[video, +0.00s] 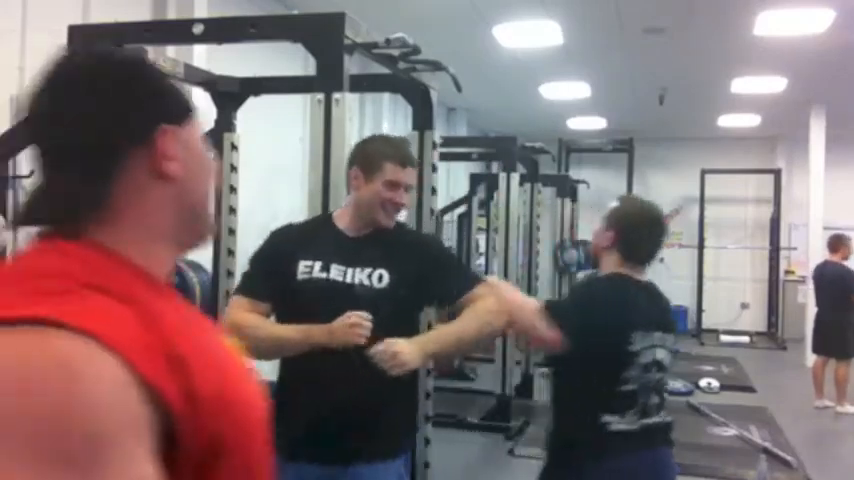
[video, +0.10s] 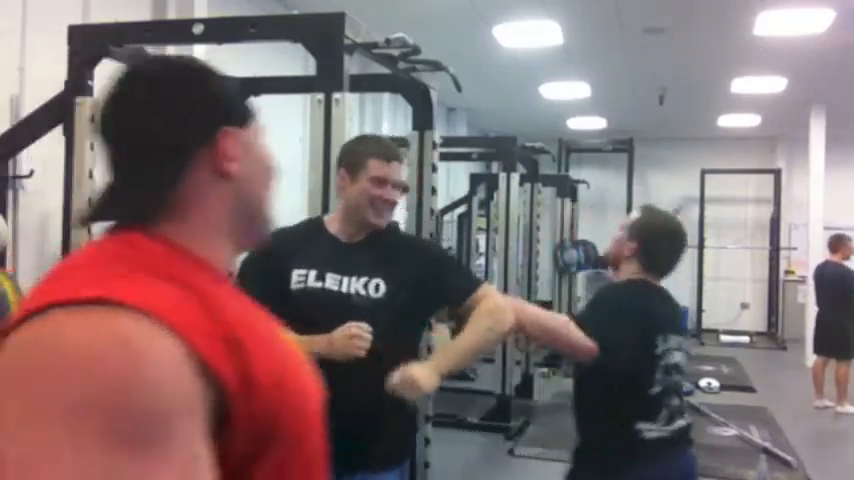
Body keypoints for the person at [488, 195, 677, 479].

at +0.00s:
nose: (594, 233)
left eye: (601, 227)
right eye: (600, 226)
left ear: (610, 238)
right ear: (649, 248)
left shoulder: (593, 295)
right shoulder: (659, 303)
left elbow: (549, 333)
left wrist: (504, 295)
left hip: (590, 455)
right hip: (654, 451)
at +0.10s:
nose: (615, 235)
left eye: (622, 231)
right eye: (621, 229)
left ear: (632, 248)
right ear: (667, 258)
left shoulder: (609, 300)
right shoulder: (669, 305)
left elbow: (574, 348)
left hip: (614, 455)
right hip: (673, 449)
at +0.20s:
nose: (619, 229)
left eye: (627, 226)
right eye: (626, 223)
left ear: (636, 244)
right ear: (666, 255)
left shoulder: (626, 294)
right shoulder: (670, 299)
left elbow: (603, 346)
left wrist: (527, 316)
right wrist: (553, 334)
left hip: (628, 452)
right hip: (680, 447)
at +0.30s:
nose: (610, 225)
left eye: (617, 221)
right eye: (615, 219)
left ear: (629, 236)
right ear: (658, 244)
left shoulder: (622, 286)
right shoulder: (663, 287)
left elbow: (600, 336)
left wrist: (535, 305)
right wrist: (574, 348)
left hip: (627, 439)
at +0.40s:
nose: (601, 224)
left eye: (608, 219)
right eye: (606, 217)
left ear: (619, 235)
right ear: (647, 242)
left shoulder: (614, 285)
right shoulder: (649, 285)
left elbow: (588, 335)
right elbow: (626, 350)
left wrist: (533, 308)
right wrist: (572, 357)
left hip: (618, 437)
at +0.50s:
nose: (588, 229)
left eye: (595, 224)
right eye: (594, 222)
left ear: (605, 241)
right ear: (632, 248)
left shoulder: (596, 293)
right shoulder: (637, 289)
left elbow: (564, 349)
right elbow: (615, 352)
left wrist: (516, 326)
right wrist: (560, 375)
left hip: (618, 439)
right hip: (667, 424)